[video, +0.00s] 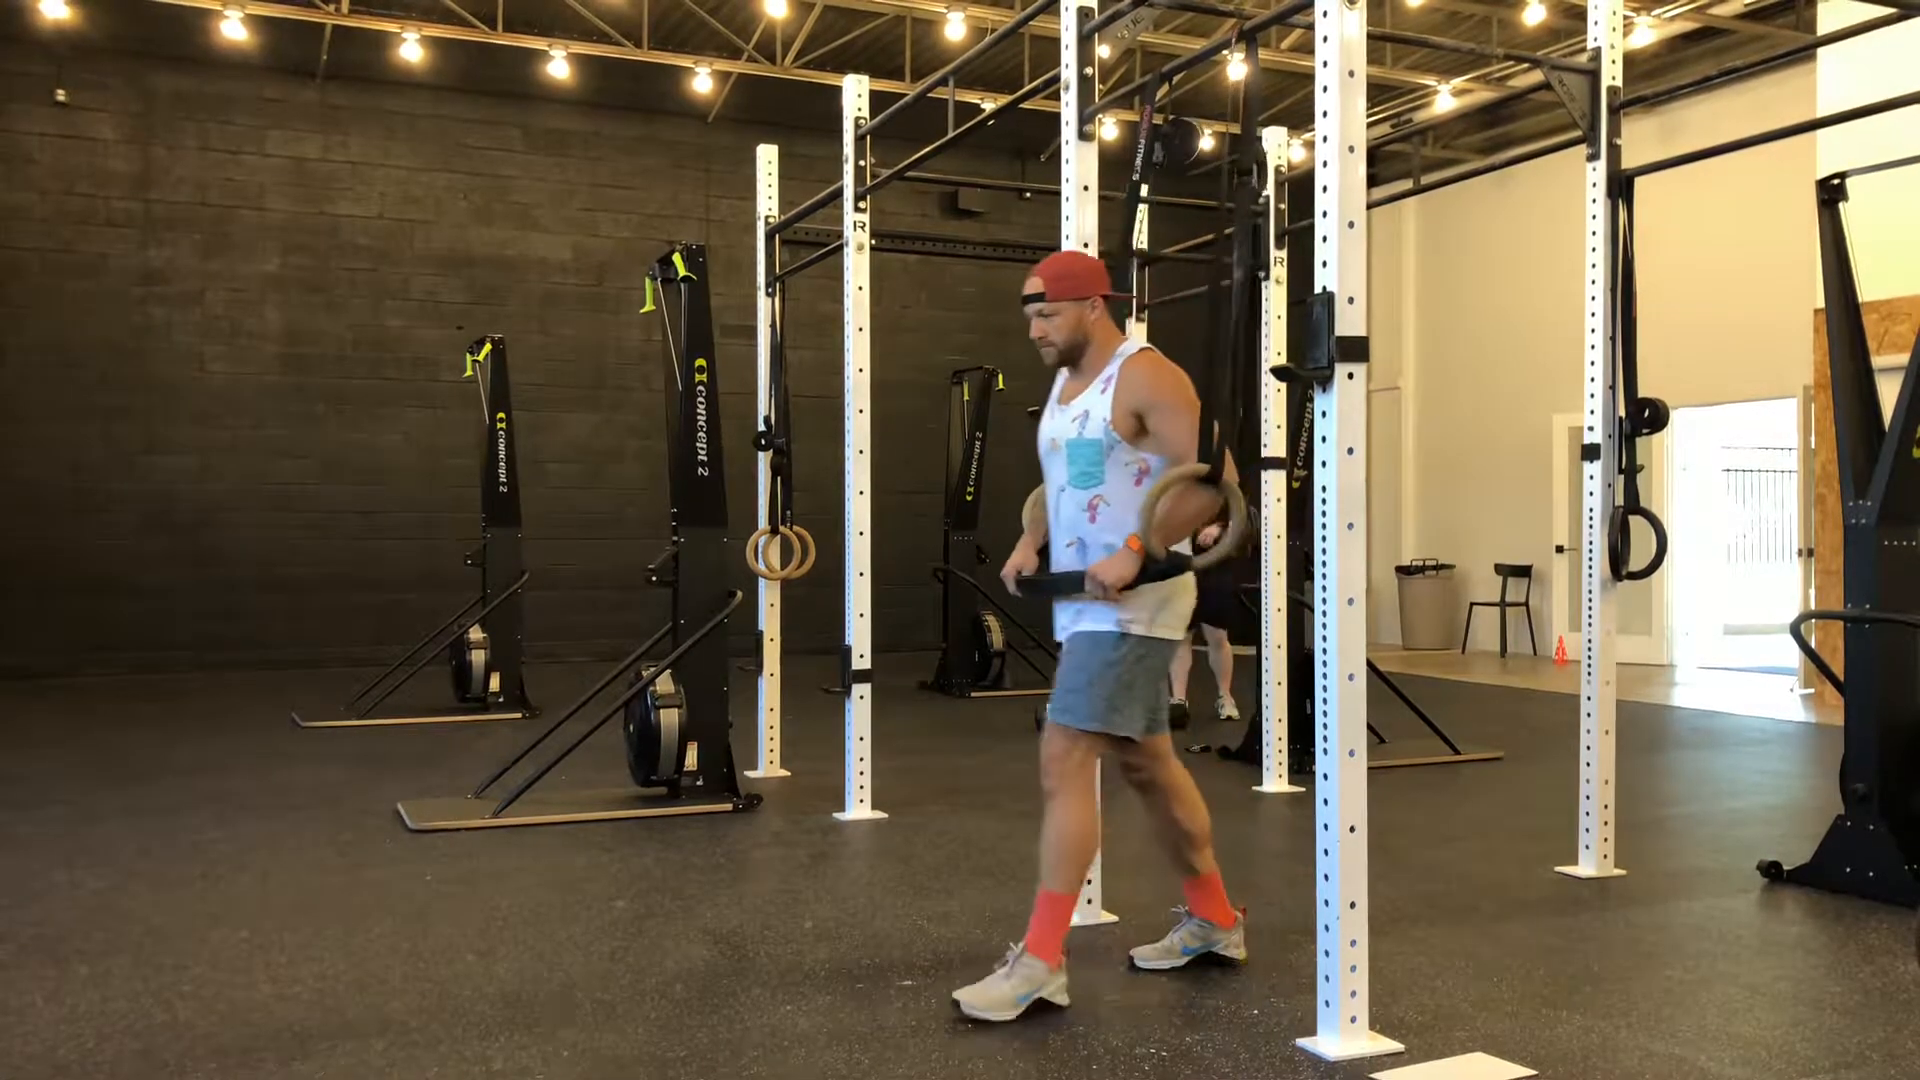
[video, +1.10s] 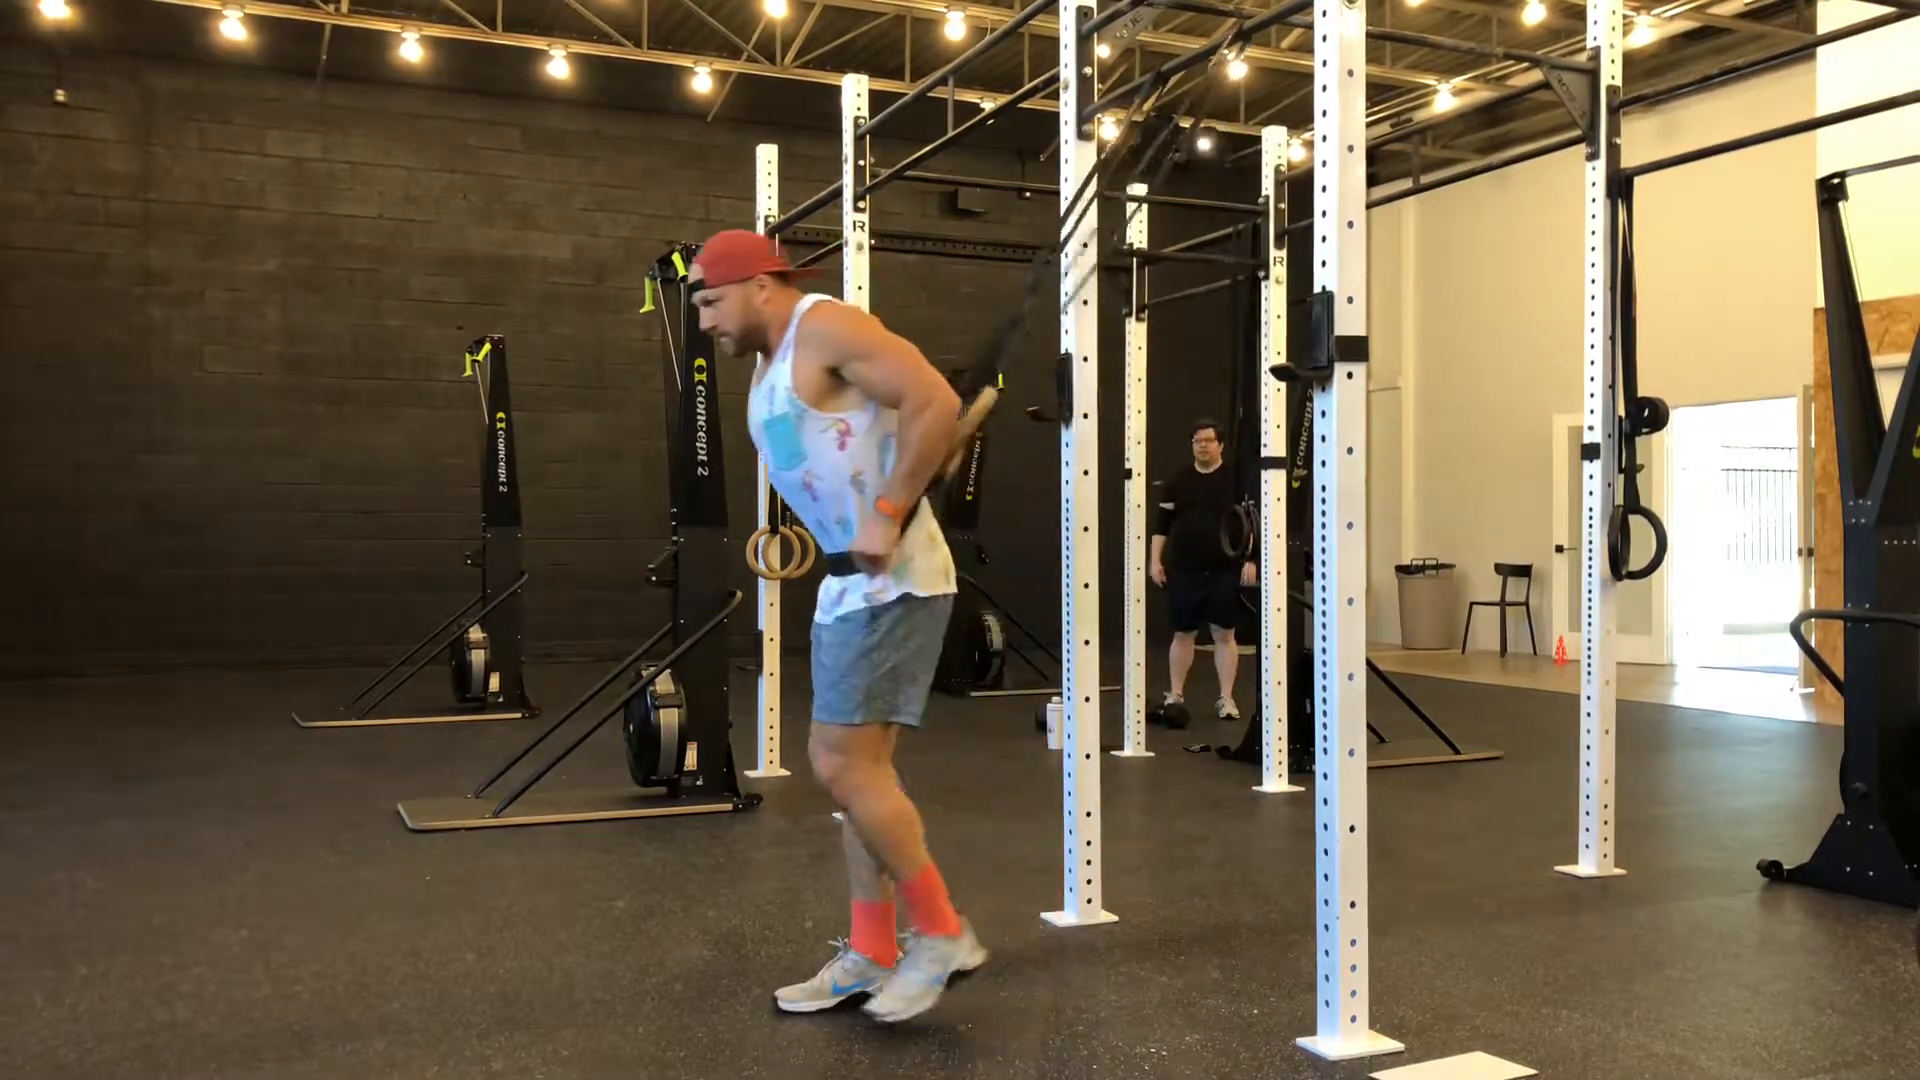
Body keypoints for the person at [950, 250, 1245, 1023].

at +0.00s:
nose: (1032, 324)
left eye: (1043, 308)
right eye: (1029, 311)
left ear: (1094, 306)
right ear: (1049, 318)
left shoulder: (1149, 378)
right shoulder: (1065, 387)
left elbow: (1205, 482)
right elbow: (1067, 483)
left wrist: (1138, 550)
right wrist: (1033, 534)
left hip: (1135, 600)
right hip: (1092, 599)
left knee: (1065, 755)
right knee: (1148, 762)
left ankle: (1042, 959)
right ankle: (1214, 916)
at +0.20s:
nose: (971, 314)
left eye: (980, 298)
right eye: (968, 300)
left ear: (1029, 292)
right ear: (1010, 299)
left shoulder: (1091, 359)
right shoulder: (1016, 372)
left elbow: (1171, 444)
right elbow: (1046, 477)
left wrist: (1104, 531)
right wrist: (1004, 533)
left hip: (1073, 597)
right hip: (1027, 595)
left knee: (1028, 762)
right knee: (1041, 765)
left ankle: (1037, 959)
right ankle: (1164, 874)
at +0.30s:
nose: (942, 314)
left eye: (951, 296)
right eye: (938, 299)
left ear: (998, 286)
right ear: (981, 294)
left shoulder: (1067, 349)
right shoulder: (995, 365)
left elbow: (1150, 436)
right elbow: (1037, 469)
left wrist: (1087, 523)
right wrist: (992, 530)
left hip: (1057, 597)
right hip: (998, 591)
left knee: (1027, 764)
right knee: (975, 751)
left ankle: (1038, 964)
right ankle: (1109, 870)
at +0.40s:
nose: (914, 315)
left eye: (921, 297)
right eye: (909, 301)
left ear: (968, 283)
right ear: (951, 292)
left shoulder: (1038, 340)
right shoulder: (968, 362)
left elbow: (1130, 423)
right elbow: (1003, 471)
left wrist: (1074, 522)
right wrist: (970, 543)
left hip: (1034, 603)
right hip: (971, 596)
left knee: (1023, 767)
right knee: (940, 748)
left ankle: (1040, 960)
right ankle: (1005, 920)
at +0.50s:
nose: (893, 313)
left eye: (900, 294)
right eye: (888, 298)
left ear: (947, 280)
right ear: (930, 288)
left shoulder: (1016, 335)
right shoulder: (943, 367)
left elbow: (1111, 418)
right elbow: (983, 474)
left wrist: (1060, 521)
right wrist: (953, 554)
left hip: (1017, 602)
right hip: (955, 598)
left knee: (1017, 768)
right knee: (934, 757)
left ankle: (1036, 962)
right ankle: (929, 947)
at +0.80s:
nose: (801, 316)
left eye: (808, 297)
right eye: (797, 302)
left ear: (854, 282)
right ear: (842, 291)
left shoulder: (922, 333)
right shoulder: (860, 364)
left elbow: (1025, 407)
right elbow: (907, 474)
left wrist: (980, 522)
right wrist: (876, 567)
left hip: (944, 604)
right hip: (875, 603)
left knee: (961, 774)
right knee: (858, 760)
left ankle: (1031, 958)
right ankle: (873, 958)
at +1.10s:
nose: (703, 317)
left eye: (711, 298)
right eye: (700, 302)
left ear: (762, 285)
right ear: (743, 296)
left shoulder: (825, 325)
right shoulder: (772, 366)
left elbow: (937, 404)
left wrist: (886, 515)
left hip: (891, 582)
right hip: (852, 583)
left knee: (843, 760)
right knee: (858, 765)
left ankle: (943, 934)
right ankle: (872, 950)